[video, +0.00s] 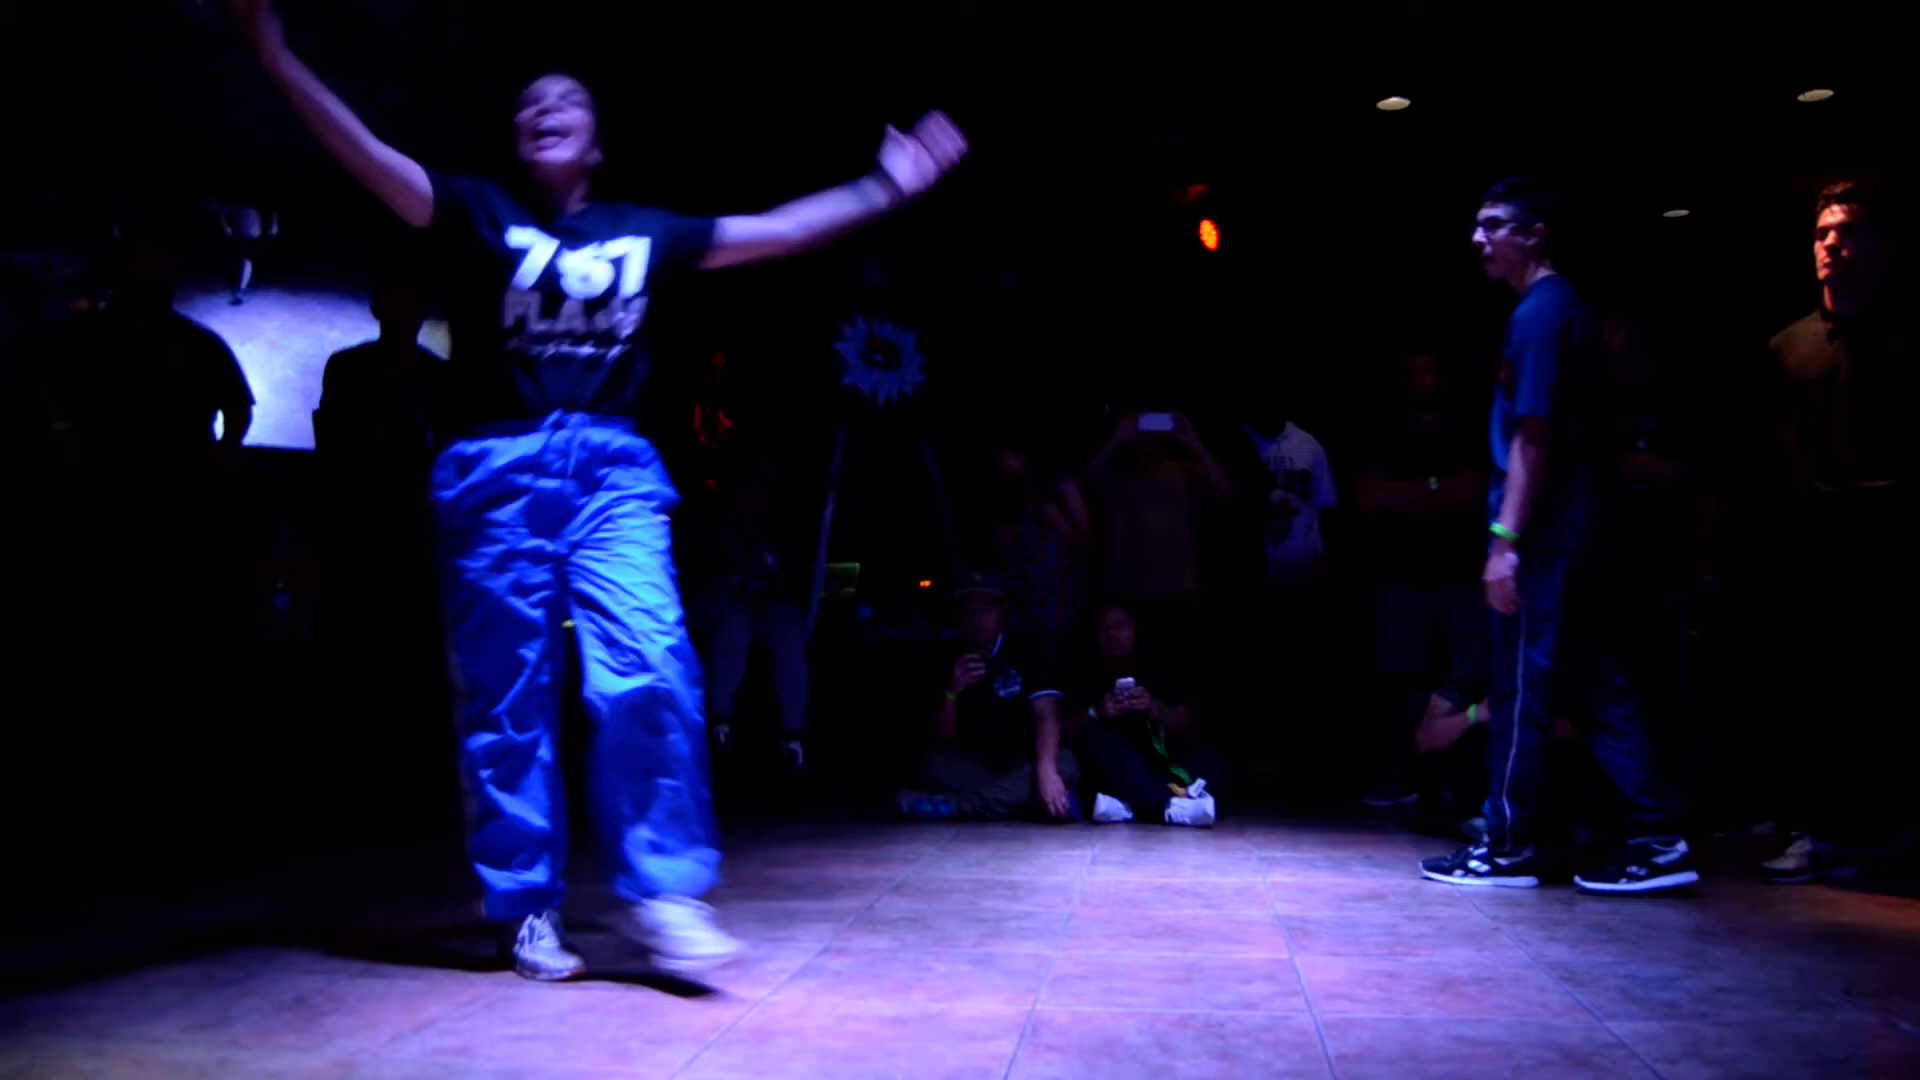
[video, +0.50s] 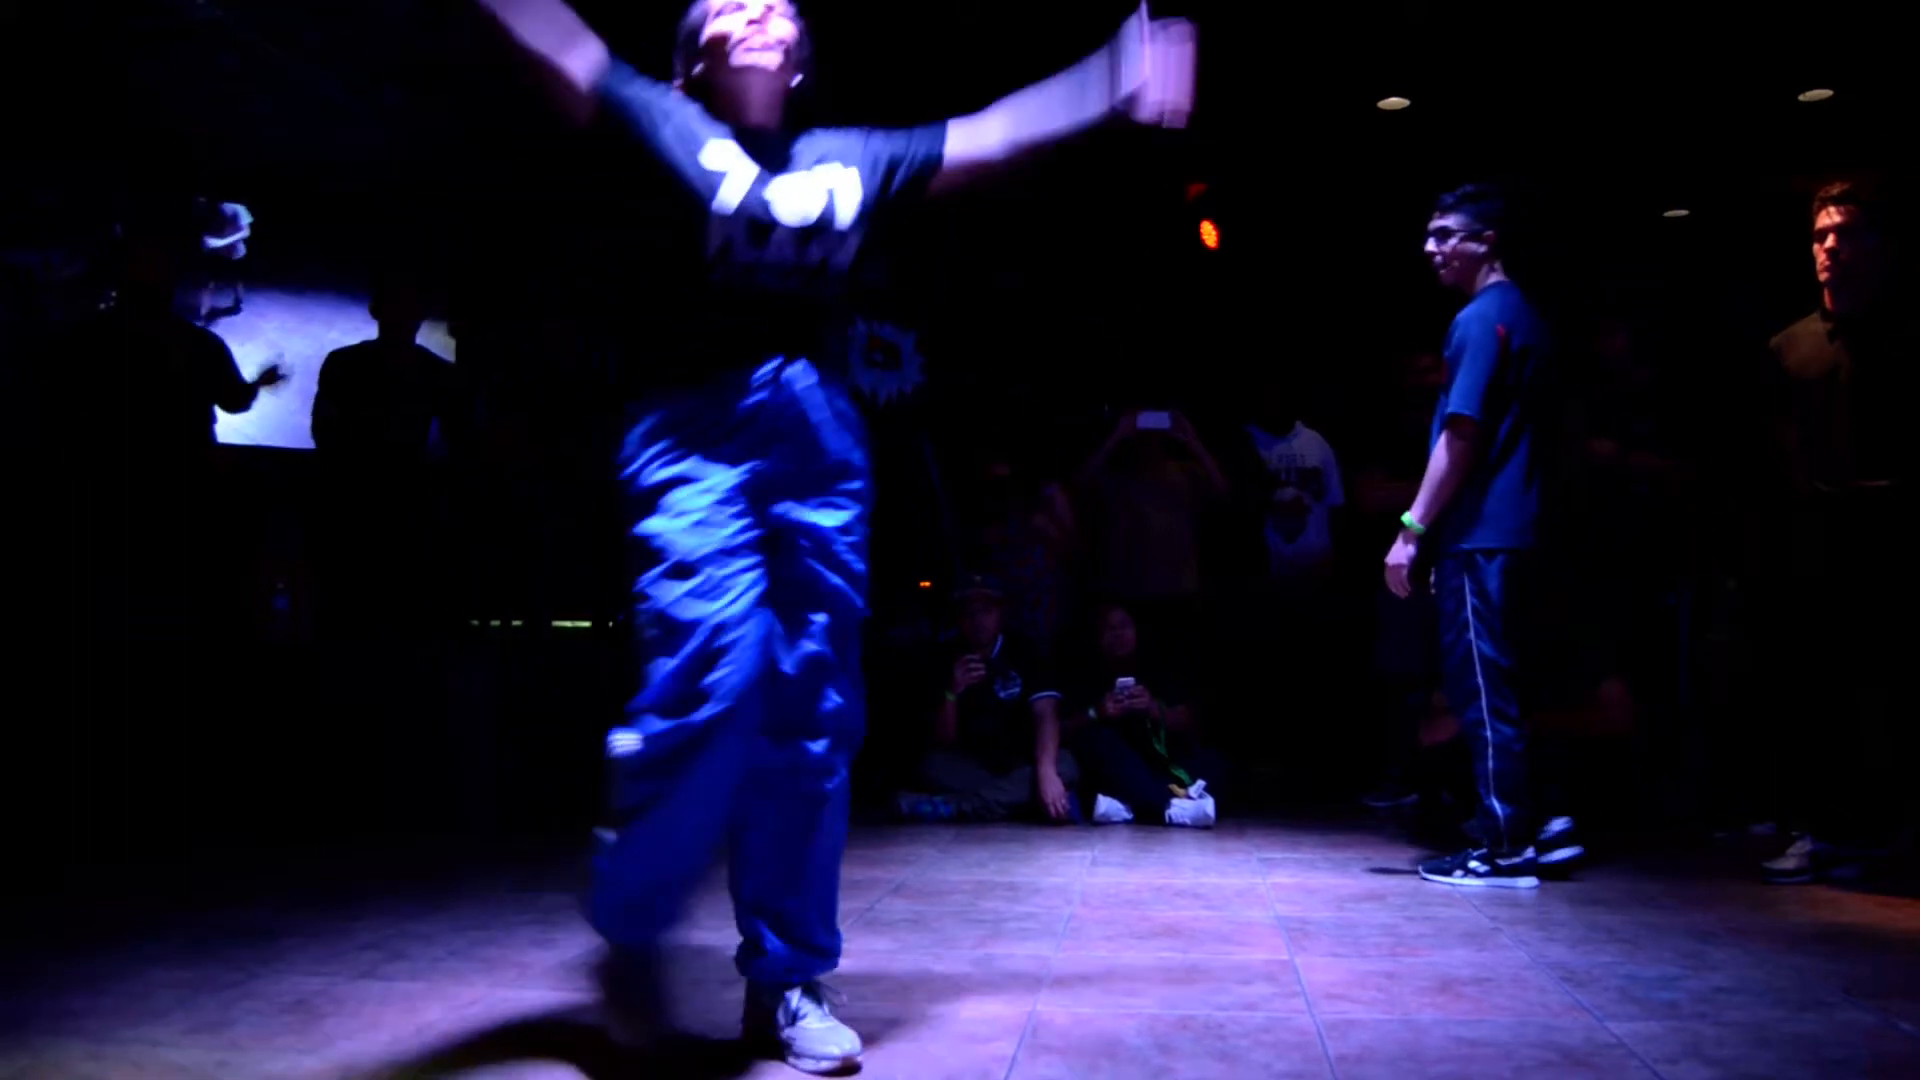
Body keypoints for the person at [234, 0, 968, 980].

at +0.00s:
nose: (544, 119)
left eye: (560, 109)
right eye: (530, 113)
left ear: (596, 136)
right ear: (515, 141)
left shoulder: (646, 233)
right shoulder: (478, 216)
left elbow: (778, 228)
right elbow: (367, 155)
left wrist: (885, 187)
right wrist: (277, 57)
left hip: (613, 478)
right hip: (496, 483)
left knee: (649, 669)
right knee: (507, 695)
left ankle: (666, 894)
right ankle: (527, 910)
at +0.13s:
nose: (580, 121)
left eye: (598, 110)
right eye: (564, 110)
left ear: (630, 136)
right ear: (542, 133)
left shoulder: (669, 238)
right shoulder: (500, 218)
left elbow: (789, 289)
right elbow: (381, 222)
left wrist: (919, 285)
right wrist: (265, 153)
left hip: (644, 485)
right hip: (522, 489)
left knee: (683, 685)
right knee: (531, 707)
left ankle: (746, 918)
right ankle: (535, 921)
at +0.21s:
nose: (632, 125)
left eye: (651, 112)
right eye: (613, 107)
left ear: (673, 141)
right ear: (582, 127)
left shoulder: (704, 249)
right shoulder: (534, 226)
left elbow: (808, 341)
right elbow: (422, 275)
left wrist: (921, 400)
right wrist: (298, 288)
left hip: (687, 490)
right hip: (561, 491)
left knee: (715, 701)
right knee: (558, 713)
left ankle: (777, 959)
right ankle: (535, 926)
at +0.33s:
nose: (695, 101)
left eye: (717, 88)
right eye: (676, 86)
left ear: (747, 117)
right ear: (644, 111)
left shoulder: (777, 238)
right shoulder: (596, 207)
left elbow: (889, 333)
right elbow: (465, 257)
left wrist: (988, 390)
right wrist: (322, 279)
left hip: (753, 480)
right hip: (620, 489)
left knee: (766, 705)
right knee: (613, 711)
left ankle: (789, 978)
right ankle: (540, 891)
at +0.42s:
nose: (728, 58)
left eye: (749, 47)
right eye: (707, 48)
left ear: (781, 87)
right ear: (674, 85)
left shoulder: (826, 202)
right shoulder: (621, 163)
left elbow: (967, 236)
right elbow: (474, 142)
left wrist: (1079, 243)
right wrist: (314, 81)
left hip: (792, 463)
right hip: (650, 464)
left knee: (789, 710)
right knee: (656, 686)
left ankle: (789, 974)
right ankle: (570, 901)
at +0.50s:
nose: (756, 20)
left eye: (772, 11)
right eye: (734, 13)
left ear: (799, 50)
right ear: (699, 54)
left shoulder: (856, 152)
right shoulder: (657, 116)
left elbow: (992, 130)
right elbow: (541, 30)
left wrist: (1109, 80)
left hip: (821, 447)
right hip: (688, 443)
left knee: (810, 708)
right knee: (716, 672)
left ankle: (790, 978)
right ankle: (627, 935)